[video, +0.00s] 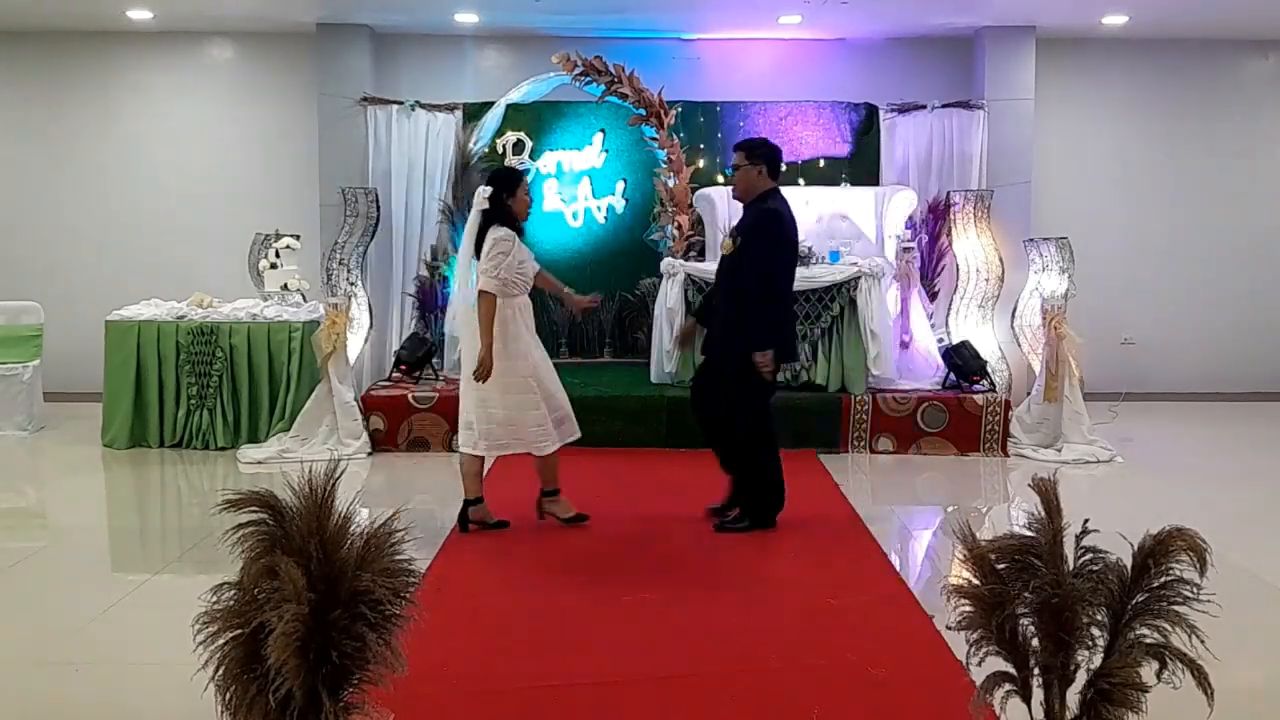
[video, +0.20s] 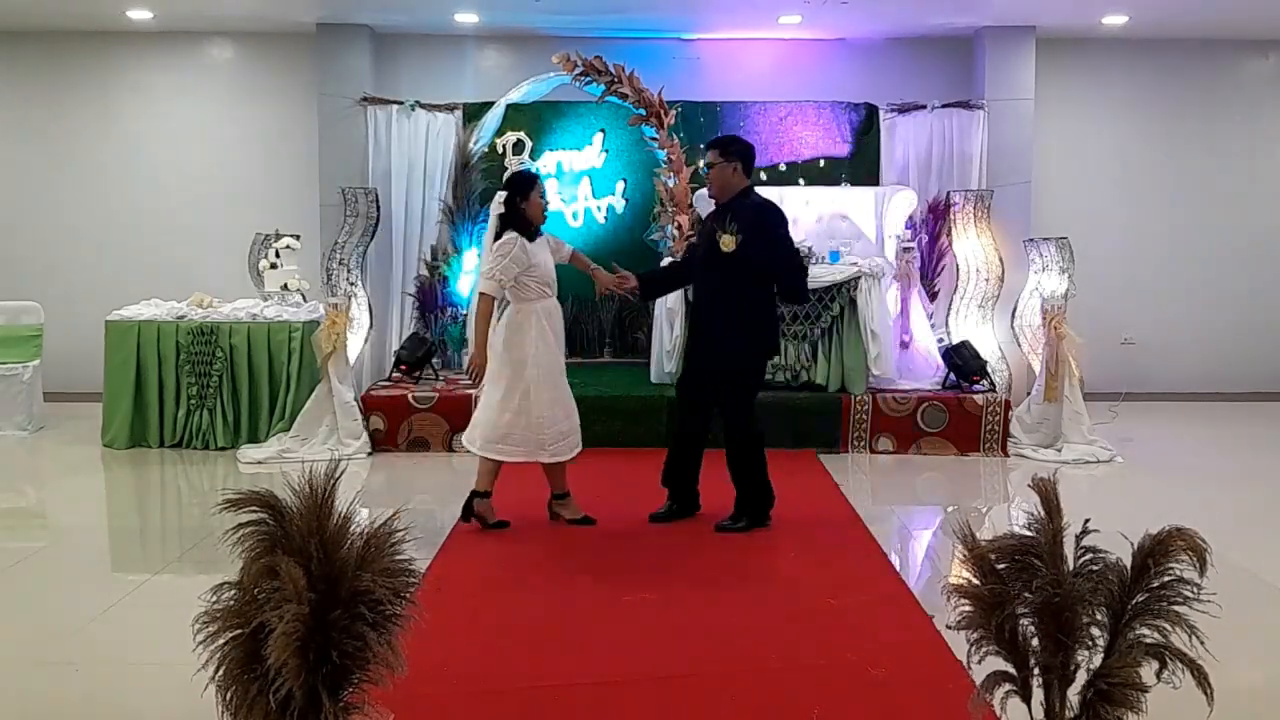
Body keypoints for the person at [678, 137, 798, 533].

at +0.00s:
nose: (732, 178)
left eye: (737, 170)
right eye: (732, 170)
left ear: (761, 172)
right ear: (757, 173)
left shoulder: (770, 216)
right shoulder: (755, 214)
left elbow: (769, 287)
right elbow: (732, 281)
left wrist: (765, 343)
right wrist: (698, 319)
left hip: (751, 344)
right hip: (732, 339)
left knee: (750, 423)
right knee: (708, 398)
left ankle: (760, 509)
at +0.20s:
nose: (706, 176)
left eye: (711, 168)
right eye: (706, 169)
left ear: (736, 169)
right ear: (727, 170)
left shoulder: (764, 214)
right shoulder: (713, 220)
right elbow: (689, 268)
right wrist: (642, 284)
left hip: (745, 339)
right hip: (706, 337)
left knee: (738, 419)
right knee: (688, 413)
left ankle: (754, 507)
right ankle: (682, 498)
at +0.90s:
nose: (717, 174)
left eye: (724, 167)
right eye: (708, 167)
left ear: (734, 172)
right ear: (694, 172)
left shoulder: (750, 212)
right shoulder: (681, 211)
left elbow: (759, 260)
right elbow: (681, 245)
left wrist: (737, 289)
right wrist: (684, 262)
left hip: (740, 332)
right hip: (694, 332)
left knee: (739, 416)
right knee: (695, 414)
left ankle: (727, 498)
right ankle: (690, 498)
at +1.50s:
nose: (698, 172)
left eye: (706, 165)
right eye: (690, 165)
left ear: (722, 169)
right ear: (680, 170)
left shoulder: (745, 214)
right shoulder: (662, 215)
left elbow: (772, 270)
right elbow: (638, 265)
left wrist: (740, 298)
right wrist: (656, 304)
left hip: (729, 331)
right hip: (678, 329)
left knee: (726, 418)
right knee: (684, 417)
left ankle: (725, 499)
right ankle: (687, 498)